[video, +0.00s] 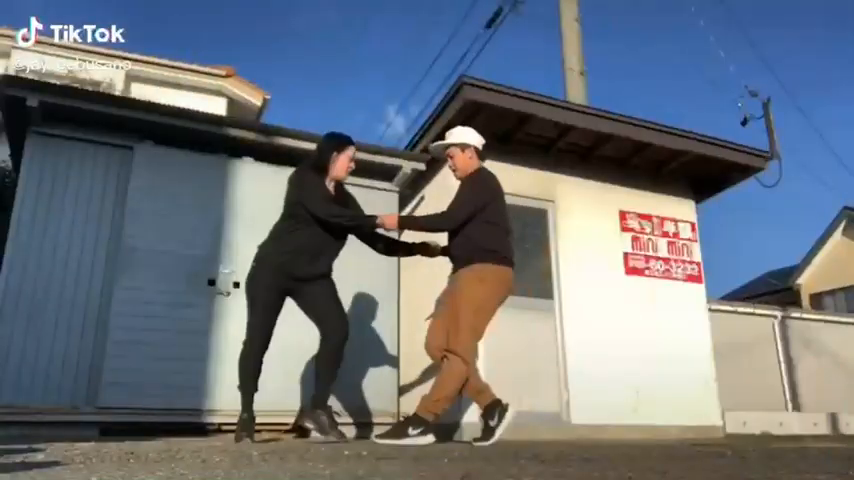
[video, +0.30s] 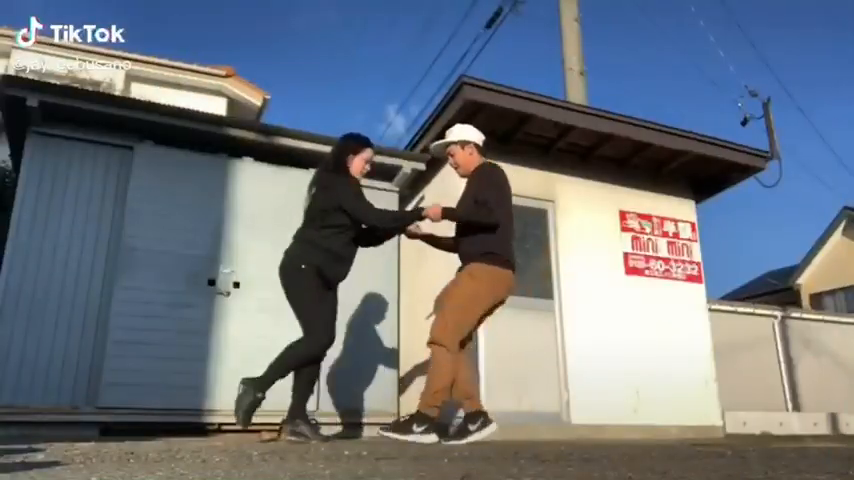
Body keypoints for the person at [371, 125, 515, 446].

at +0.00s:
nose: (448, 162)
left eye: (451, 155)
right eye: (447, 157)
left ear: (470, 153)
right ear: (466, 155)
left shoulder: (481, 180)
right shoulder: (474, 185)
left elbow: (450, 220)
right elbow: (469, 242)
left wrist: (401, 222)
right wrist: (439, 250)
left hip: (485, 270)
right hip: (468, 271)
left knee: (460, 346)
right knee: (437, 344)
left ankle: (424, 420)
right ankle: (491, 406)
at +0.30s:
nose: (450, 162)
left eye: (452, 154)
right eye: (448, 156)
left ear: (469, 149)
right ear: (467, 152)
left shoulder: (488, 173)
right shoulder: (478, 185)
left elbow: (490, 216)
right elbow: (464, 244)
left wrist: (446, 213)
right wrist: (424, 236)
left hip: (486, 269)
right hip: (488, 272)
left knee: (444, 336)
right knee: (453, 339)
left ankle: (425, 417)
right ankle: (474, 414)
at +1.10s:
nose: (510, 170)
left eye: (511, 162)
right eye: (507, 164)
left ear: (528, 154)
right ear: (527, 158)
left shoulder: (552, 176)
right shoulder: (549, 187)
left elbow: (535, 212)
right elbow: (525, 239)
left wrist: (490, 209)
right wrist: (476, 235)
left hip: (580, 270)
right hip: (584, 270)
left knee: (557, 339)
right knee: (605, 346)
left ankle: (570, 422)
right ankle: (654, 410)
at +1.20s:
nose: (515, 173)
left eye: (517, 165)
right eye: (512, 168)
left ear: (534, 158)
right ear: (535, 162)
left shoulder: (556, 182)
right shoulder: (553, 190)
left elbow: (545, 219)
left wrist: (499, 221)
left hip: (585, 275)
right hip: (593, 275)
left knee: (551, 338)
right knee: (614, 348)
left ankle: (582, 414)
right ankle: (665, 414)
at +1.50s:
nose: (504, 164)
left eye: (505, 156)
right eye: (501, 159)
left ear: (524, 148)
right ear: (517, 154)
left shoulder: (549, 173)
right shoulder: (526, 190)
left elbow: (570, 214)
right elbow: (520, 238)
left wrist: (528, 213)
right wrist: (490, 230)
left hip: (576, 268)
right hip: (547, 277)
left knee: (581, 344)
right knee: (528, 333)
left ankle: (601, 422)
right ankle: (572, 394)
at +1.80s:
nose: (479, 159)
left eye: (481, 151)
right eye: (477, 154)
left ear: (499, 146)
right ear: (493, 151)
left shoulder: (529, 169)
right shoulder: (498, 189)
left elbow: (544, 208)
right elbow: (485, 239)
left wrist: (505, 185)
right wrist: (458, 215)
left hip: (538, 274)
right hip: (510, 281)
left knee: (539, 346)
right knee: (502, 349)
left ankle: (593, 416)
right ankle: (503, 422)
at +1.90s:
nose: (473, 164)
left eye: (475, 156)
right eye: (471, 158)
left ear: (493, 147)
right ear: (488, 151)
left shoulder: (518, 170)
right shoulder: (497, 190)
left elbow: (530, 205)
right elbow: (491, 246)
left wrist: (487, 196)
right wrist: (453, 229)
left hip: (520, 273)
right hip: (513, 275)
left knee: (482, 336)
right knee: (499, 344)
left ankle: (547, 386)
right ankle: (501, 423)